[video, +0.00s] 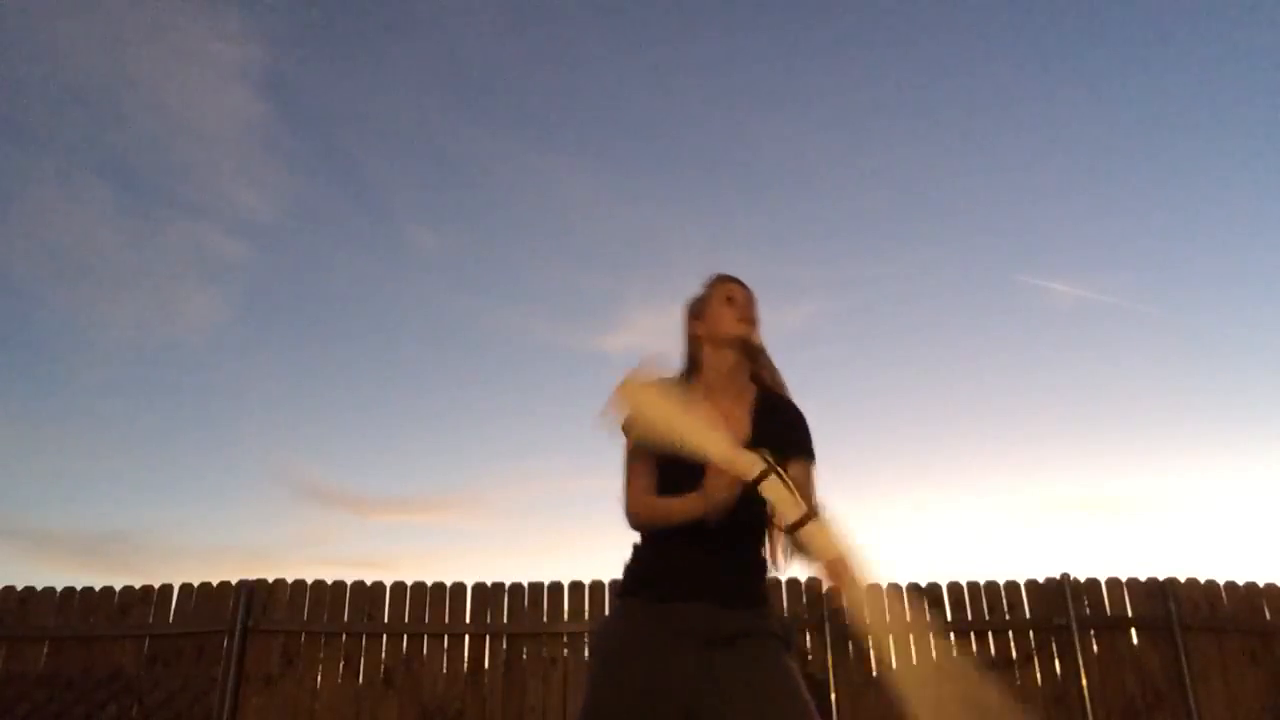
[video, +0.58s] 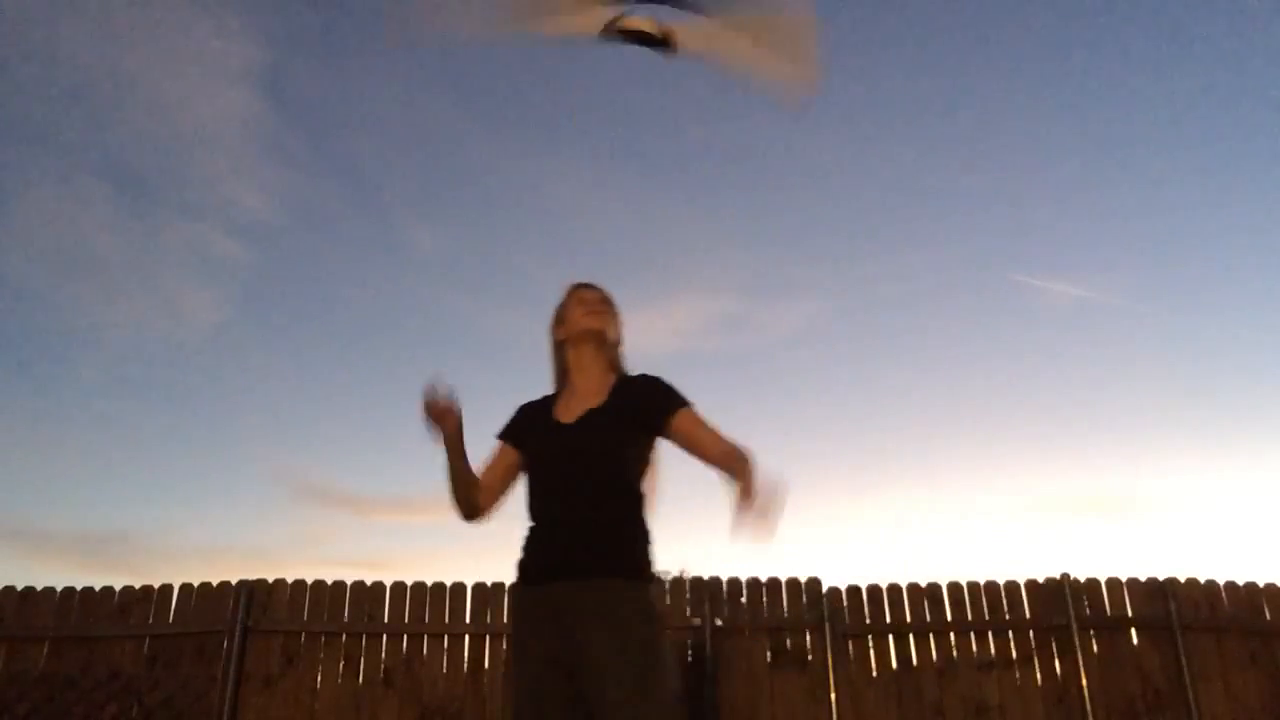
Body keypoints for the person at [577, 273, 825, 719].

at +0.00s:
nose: (741, 310)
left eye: (747, 307)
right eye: (727, 300)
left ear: (754, 331)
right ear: (696, 323)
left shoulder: (780, 415)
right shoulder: (657, 406)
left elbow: (800, 513)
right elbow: (638, 508)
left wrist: (830, 559)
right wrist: (704, 500)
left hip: (742, 613)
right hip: (652, 610)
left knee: (789, 710)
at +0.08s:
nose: (710, 296)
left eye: (718, 291)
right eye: (698, 288)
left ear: (729, 313)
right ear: (672, 310)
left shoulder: (766, 397)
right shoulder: (638, 394)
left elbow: (806, 477)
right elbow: (609, 498)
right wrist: (657, 519)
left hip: (733, 592)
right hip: (643, 596)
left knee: (770, 708)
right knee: (621, 708)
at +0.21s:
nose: (686, 293)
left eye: (691, 291)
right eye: (671, 286)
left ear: (697, 313)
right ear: (639, 308)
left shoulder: (725, 378)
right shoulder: (606, 399)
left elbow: (820, 399)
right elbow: (570, 505)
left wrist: (845, 329)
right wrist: (594, 569)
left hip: (713, 586)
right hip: (629, 590)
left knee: (737, 708)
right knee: (618, 710)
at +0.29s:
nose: (666, 296)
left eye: (672, 291)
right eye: (649, 288)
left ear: (680, 314)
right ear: (620, 313)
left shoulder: (707, 381)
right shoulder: (591, 405)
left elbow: (802, 376)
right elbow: (556, 501)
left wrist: (807, 284)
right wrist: (548, 555)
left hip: (695, 590)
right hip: (610, 593)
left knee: (717, 706)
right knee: (600, 708)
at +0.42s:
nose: (632, 306)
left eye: (641, 303)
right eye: (619, 300)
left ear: (652, 327)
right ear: (594, 323)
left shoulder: (677, 387)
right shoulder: (566, 413)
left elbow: (776, 410)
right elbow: (527, 515)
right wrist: (496, 519)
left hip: (663, 591)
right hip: (580, 596)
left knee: (684, 706)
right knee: (576, 707)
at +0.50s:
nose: (610, 307)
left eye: (620, 305)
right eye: (598, 304)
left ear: (634, 330)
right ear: (576, 329)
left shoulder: (660, 394)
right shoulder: (549, 416)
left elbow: (754, 441)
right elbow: (502, 514)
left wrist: (773, 419)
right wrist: (471, 486)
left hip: (639, 592)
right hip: (559, 596)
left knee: (655, 706)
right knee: (556, 708)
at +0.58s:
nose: (591, 307)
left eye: (602, 305)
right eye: (578, 304)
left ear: (617, 331)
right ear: (558, 332)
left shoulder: (643, 394)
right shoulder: (534, 416)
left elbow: (722, 452)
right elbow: (473, 504)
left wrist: (745, 474)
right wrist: (453, 439)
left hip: (620, 593)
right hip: (542, 597)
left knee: (631, 704)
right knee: (540, 705)